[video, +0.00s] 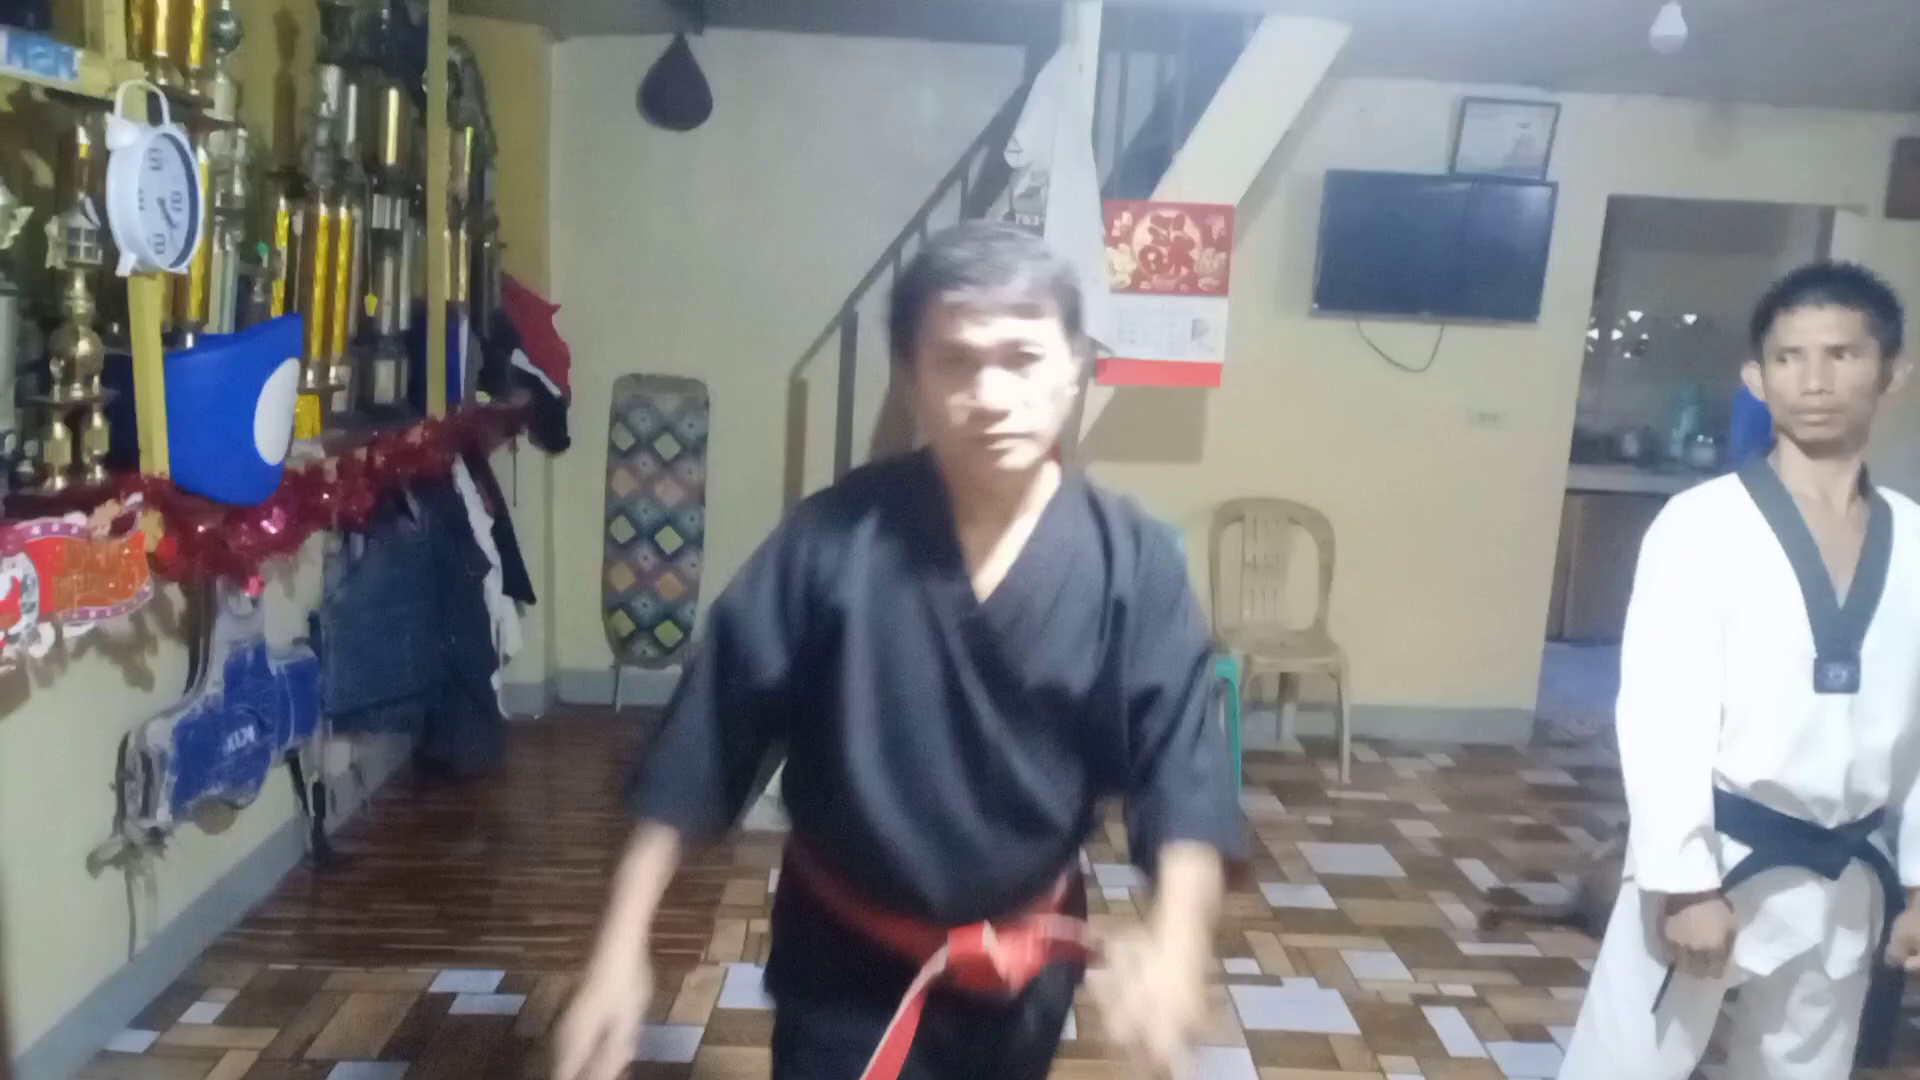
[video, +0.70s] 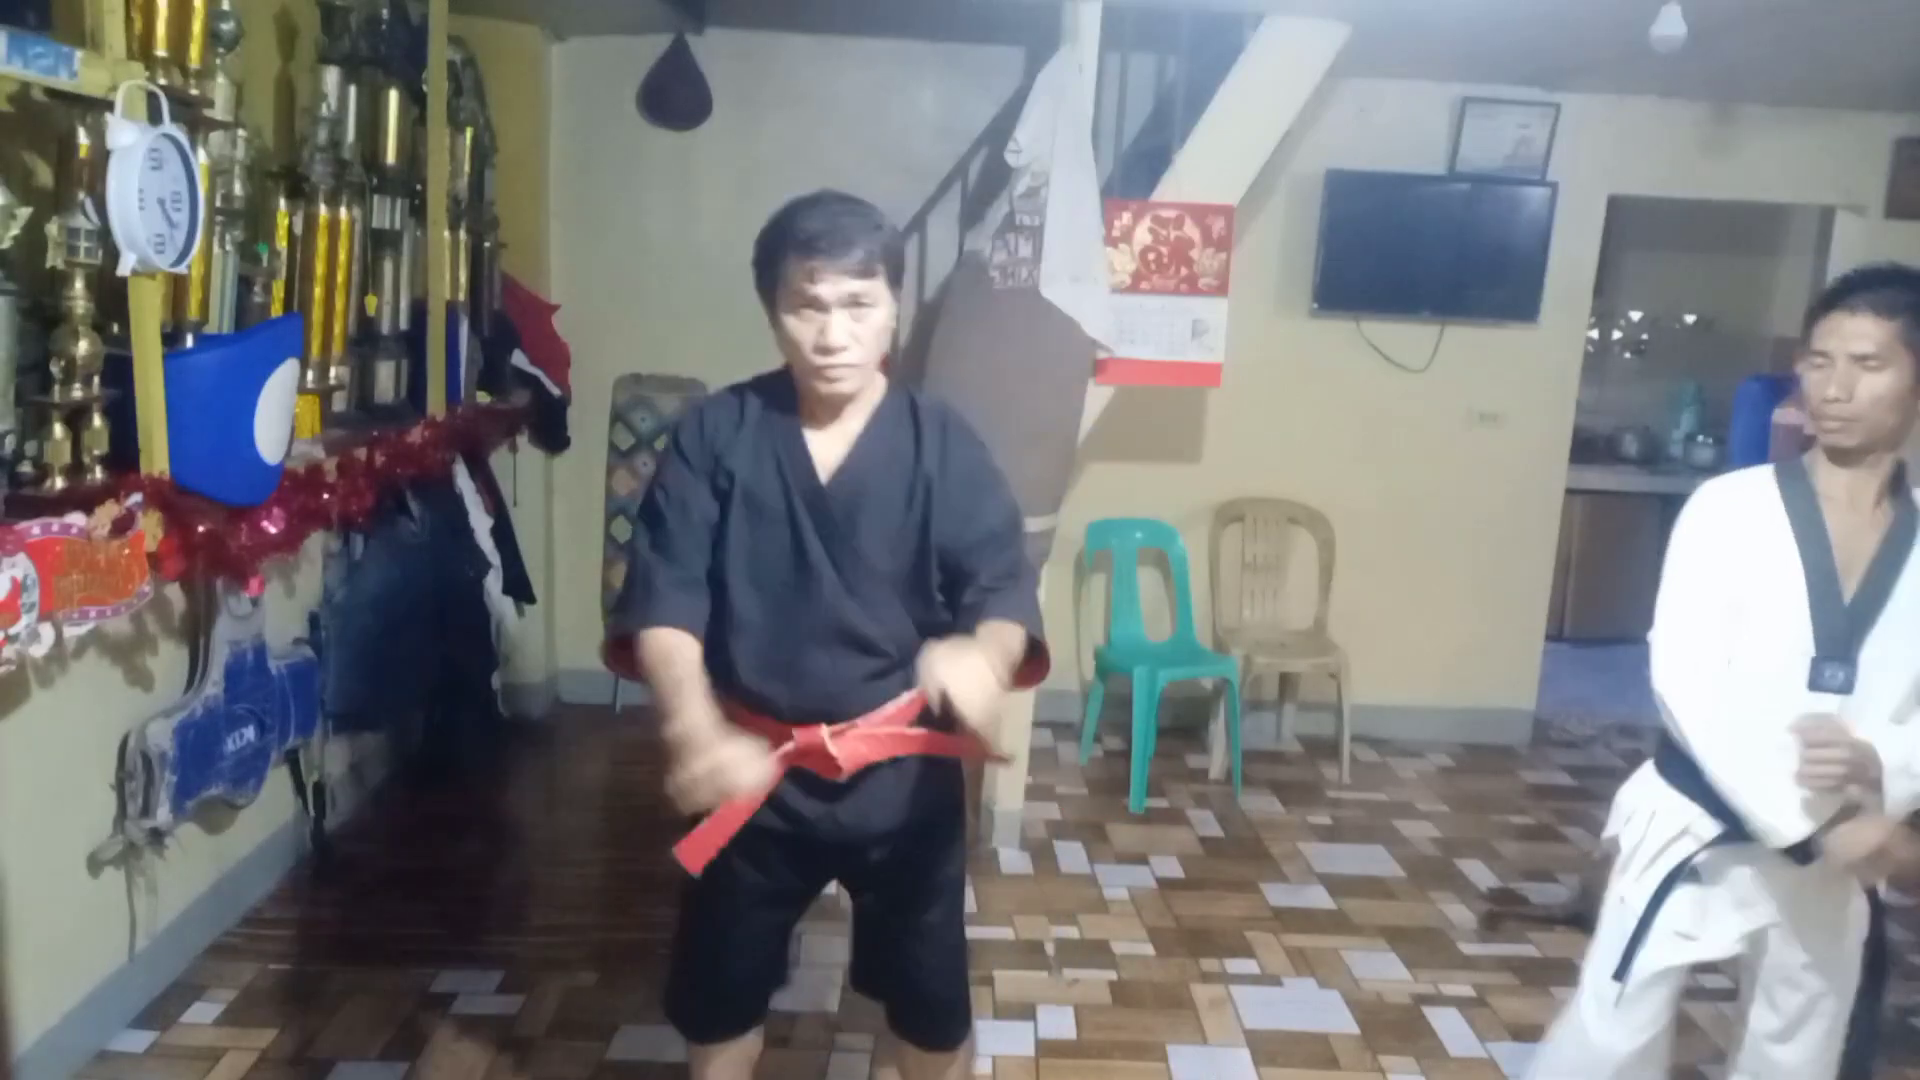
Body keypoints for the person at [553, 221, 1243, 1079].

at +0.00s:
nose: (990, 396)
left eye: (1022, 359)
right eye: (957, 362)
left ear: (1077, 375)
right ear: (909, 379)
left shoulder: (1134, 562)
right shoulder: (829, 543)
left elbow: (1187, 759)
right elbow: (703, 734)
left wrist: (1178, 947)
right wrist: (619, 947)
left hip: (1022, 957)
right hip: (847, 950)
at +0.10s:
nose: (1026, 382)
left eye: (1057, 351)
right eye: (998, 352)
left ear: (1103, 364)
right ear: (955, 359)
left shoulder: (1136, 531)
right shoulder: (863, 498)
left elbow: (1184, 728)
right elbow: (735, 676)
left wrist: (1112, 818)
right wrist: (715, 854)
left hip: (1028, 912)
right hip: (863, 902)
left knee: (1001, 1069)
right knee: (841, 1066)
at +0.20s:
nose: (1045, 359)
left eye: (1076, 329)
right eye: (1018, 327)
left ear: (1113, 339)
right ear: (974, 327)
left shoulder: (1133, 498)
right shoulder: (882, 457)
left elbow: (1162, 695)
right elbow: (769, 640)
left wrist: (1056, 707)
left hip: (1022, 881)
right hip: (866, 872)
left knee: (1011, 1068)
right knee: (851, 1067)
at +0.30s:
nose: (1033, 346)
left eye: (1063, 319)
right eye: (1006, 316)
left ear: (1100, 329)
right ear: (962, 316)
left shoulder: (1111, 477)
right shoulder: (880, 440)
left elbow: (1102, 681)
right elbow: (840, 655)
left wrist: (968, 584)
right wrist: (1032, 714)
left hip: (1012, 837)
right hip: (857, 822)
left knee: (995, 1063)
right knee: (809, 1062)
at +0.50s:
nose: (931, 340)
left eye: (958, 313)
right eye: (906, 312)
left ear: (998, 321)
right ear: (868, 318)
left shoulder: (1028, 459)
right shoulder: (799, 441)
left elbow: (1033, 644)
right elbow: (788, 632)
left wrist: (895, 532)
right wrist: (970, 667)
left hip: (961, 801)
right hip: (805, 797)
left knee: (962, 1064)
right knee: (741, 1052)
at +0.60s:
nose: (879, 338)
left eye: (904, 310)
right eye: (853, 311)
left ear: (943, 319)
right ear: (816, 320)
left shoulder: (981, 454)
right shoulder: (748, 445)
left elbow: (1022, 646)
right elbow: (709, 625)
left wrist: (938, 598)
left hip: (928, 796)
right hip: (773, 789)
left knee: (935, 1055)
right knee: (742, 1044)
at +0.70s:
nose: (835, 333)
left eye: (858, 305)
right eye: (808, 307)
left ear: (896, 310)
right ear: (772, 313)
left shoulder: (943, 444)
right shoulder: (715, 435)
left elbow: (1005, 592)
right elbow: (663, 603)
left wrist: (980, 656)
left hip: (907, 763)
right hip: (751, 760)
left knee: (931, 1013)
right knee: (718, 1011)